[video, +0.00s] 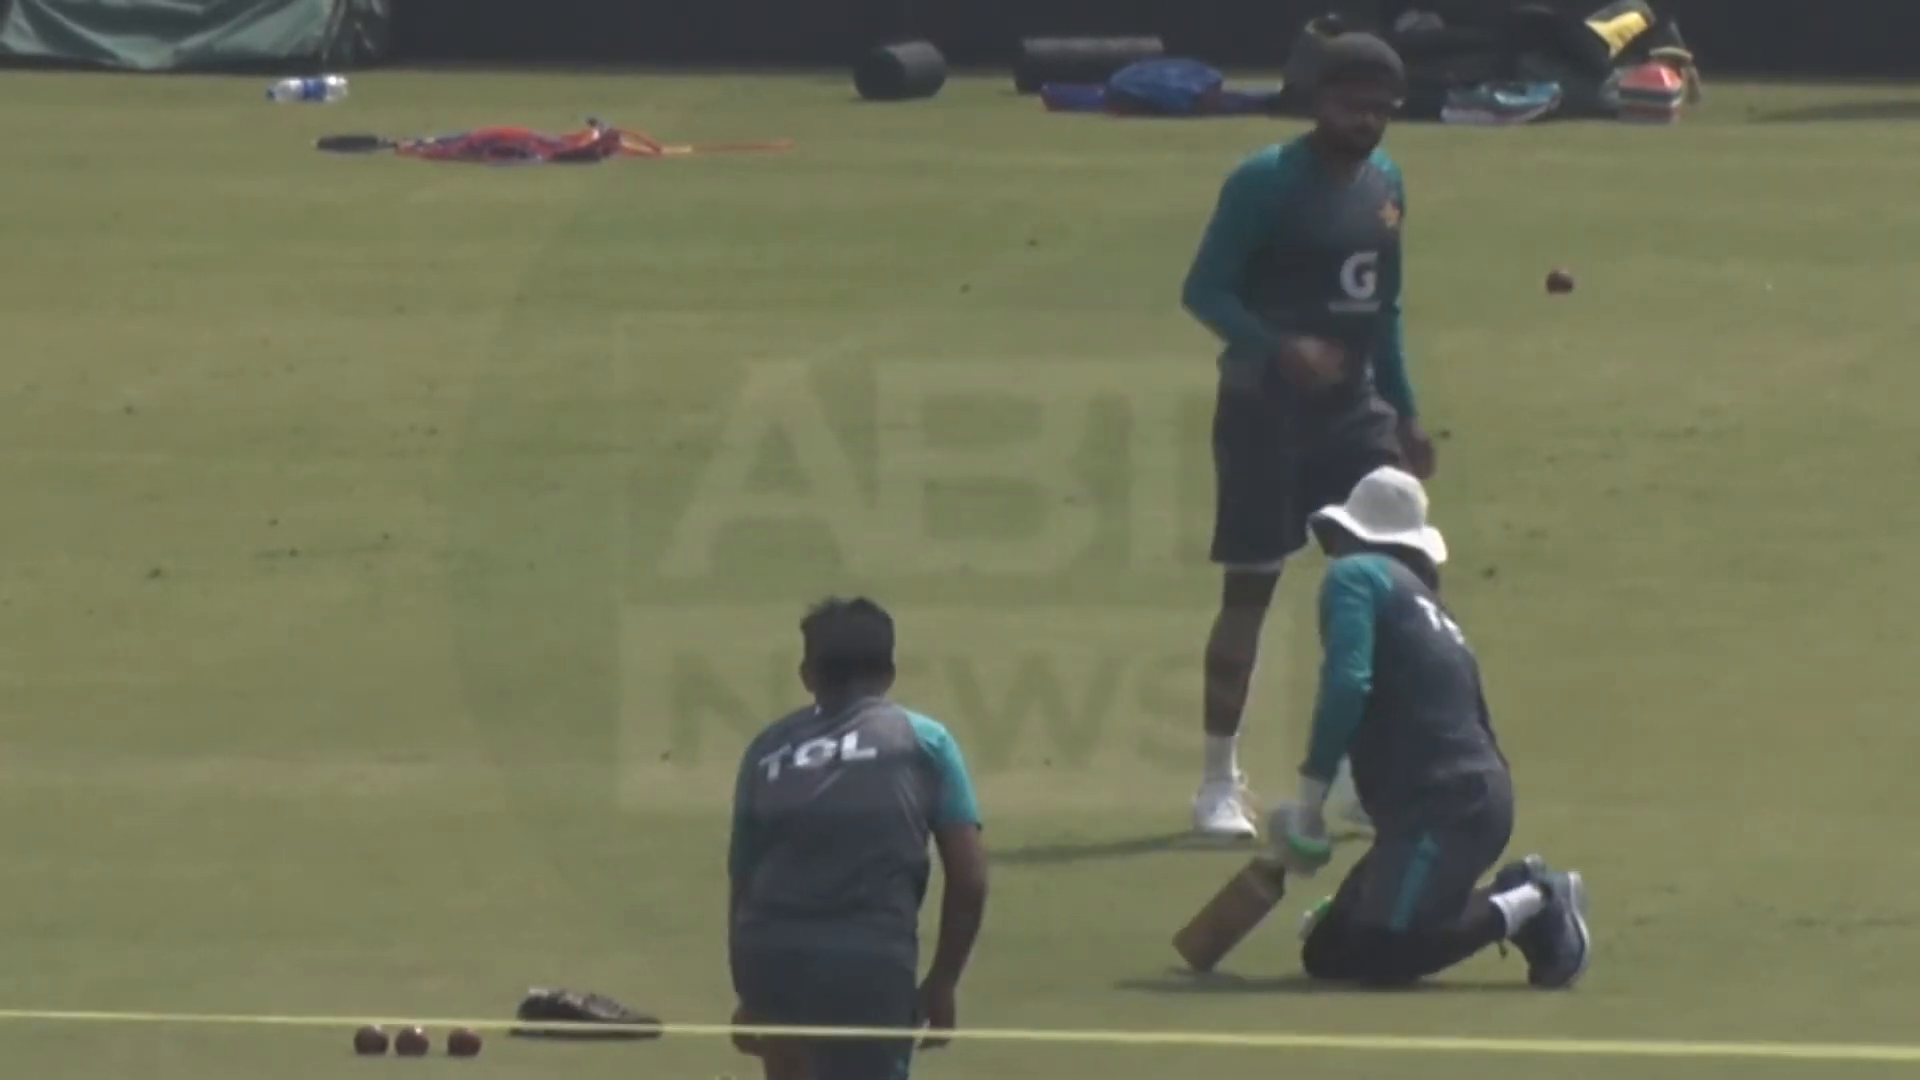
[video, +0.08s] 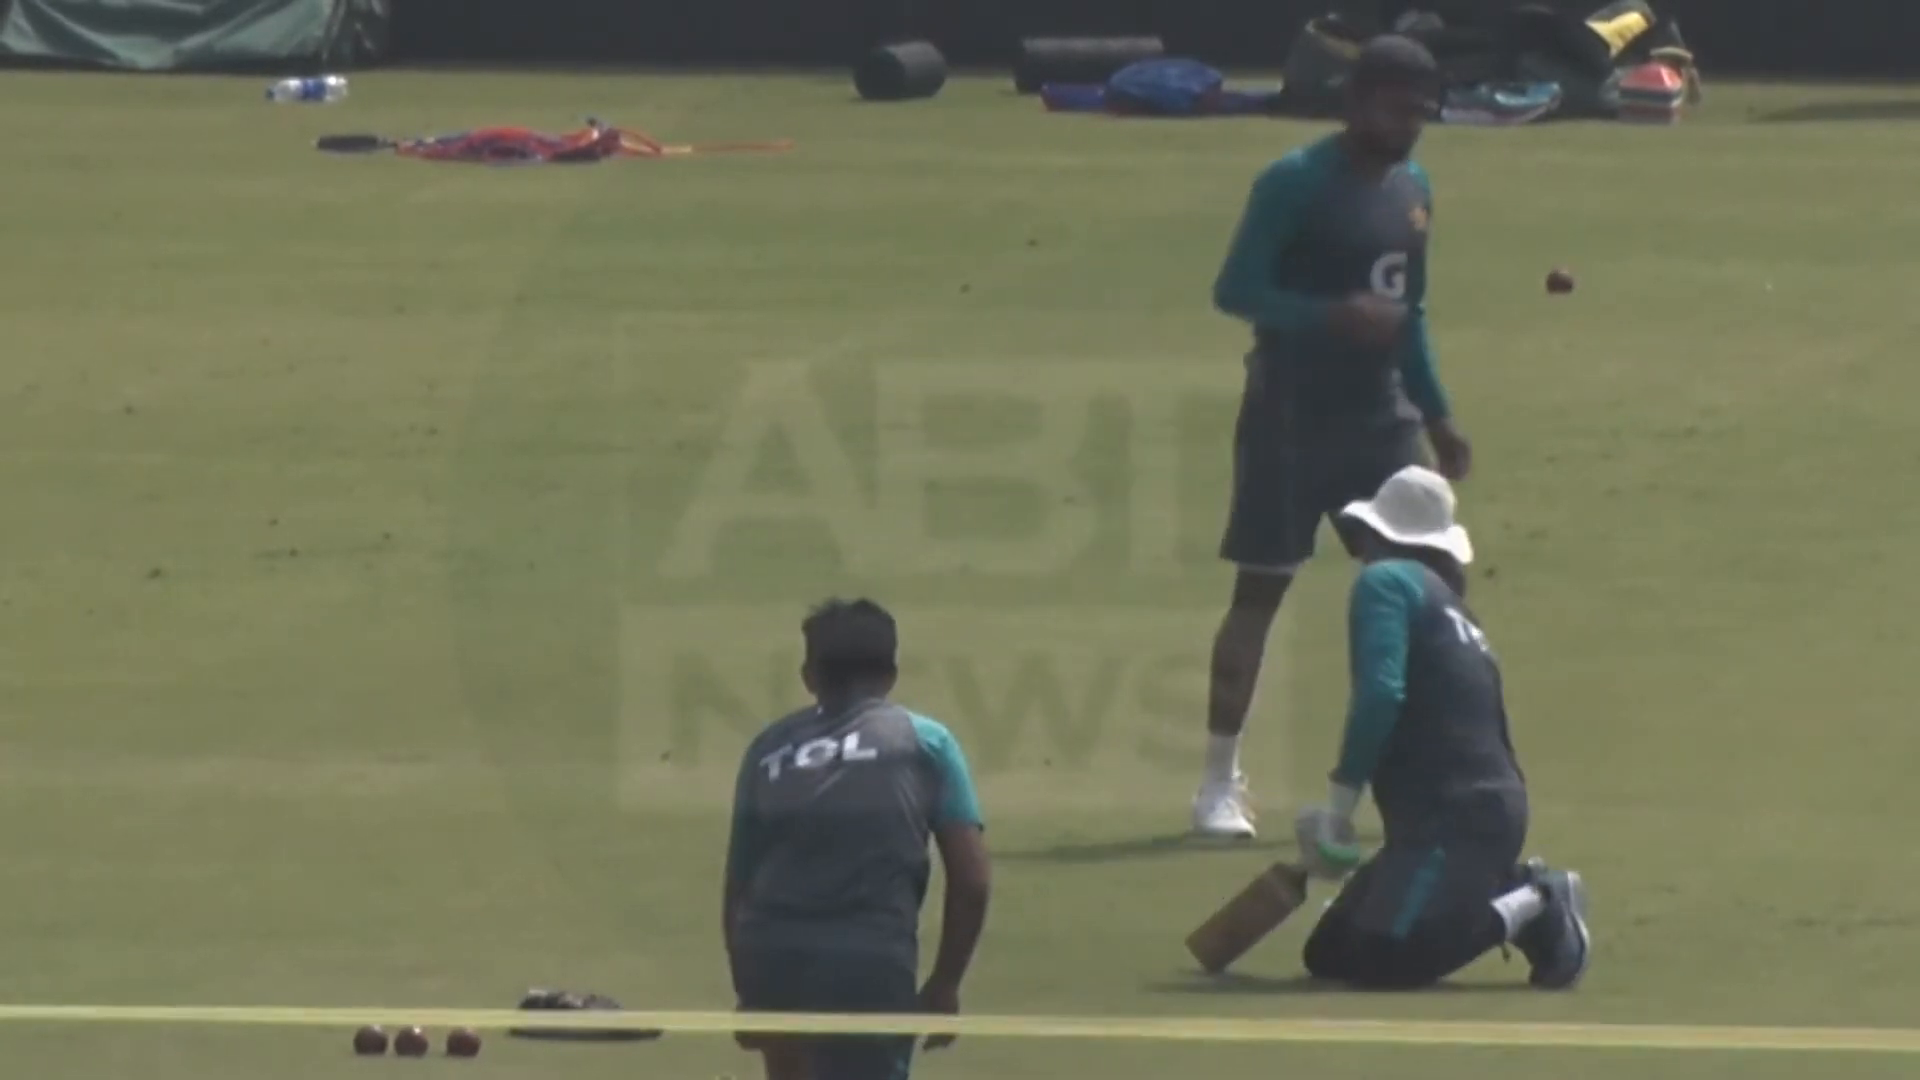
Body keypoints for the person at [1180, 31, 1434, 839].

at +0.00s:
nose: (1361, 121)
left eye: (1376, 107)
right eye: (1346, 104)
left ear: (1393, 109)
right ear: (1315, 100)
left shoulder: (1383, 184)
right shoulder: (1260, 183)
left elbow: (1383, 312)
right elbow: (1202, 291)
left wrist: (1406, 415)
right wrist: (1279, 348)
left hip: (1354, 414)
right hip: (1264, 415)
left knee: (1387, 590)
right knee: (1248, 596)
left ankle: (1370, 787)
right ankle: (1219, 785)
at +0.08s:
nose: (1408, 124)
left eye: (1420, 111)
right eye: (1396, 107)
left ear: (1429, 113)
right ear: (1356, 99)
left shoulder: (1411, 190)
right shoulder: (1291, 184)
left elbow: (1406, 314)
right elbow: (1234, 291)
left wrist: (1439, 416)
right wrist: (1336, 312)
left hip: (1380, 423)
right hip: (1290, 424)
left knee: (1424, 595)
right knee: (1258, 596)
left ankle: (1422, 791)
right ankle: (1220, 784)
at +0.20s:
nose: (1481, 139)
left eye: (1485, 125)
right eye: (1471, 124)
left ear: (1468, 119)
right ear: (1425, 114)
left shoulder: (1452, 191)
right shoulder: (1351, 189)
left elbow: (1446, 319)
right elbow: (1310, 298)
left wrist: (1483, 422)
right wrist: (1415, 274)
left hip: (1430, 423)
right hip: (1347, 421)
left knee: (1459, 603)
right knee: (1301, 600)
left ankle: (1453, 800)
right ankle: (1227, 783)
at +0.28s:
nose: (1521, 142)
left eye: (1525, 128)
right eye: (1513, 127)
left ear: (1493, 121)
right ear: (1468, 115)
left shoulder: (1482, 193)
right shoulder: (1391, 188)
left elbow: (1474, 322)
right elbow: (1377, 301)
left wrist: (1510, 419)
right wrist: (1464, 250)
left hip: (1464, 415)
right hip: (1388, 416)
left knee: (1490, 598)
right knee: (1360, 596)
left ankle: (1476, 794)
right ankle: (1252, 764)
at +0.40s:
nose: (1570, 140)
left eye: (1575, 126)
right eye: (1566, 123)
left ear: (1542, 113)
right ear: (1522, 108)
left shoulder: (1519, 180)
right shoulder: (1450, 176)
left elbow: (1511, 304)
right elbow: (1464, 285)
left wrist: (1552, 399)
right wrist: (1530, 222)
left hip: (1506, 403)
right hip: (1443, 401)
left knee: (1520, 584)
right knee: (1473, 574)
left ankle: (1489, 779)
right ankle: (1332, 749)